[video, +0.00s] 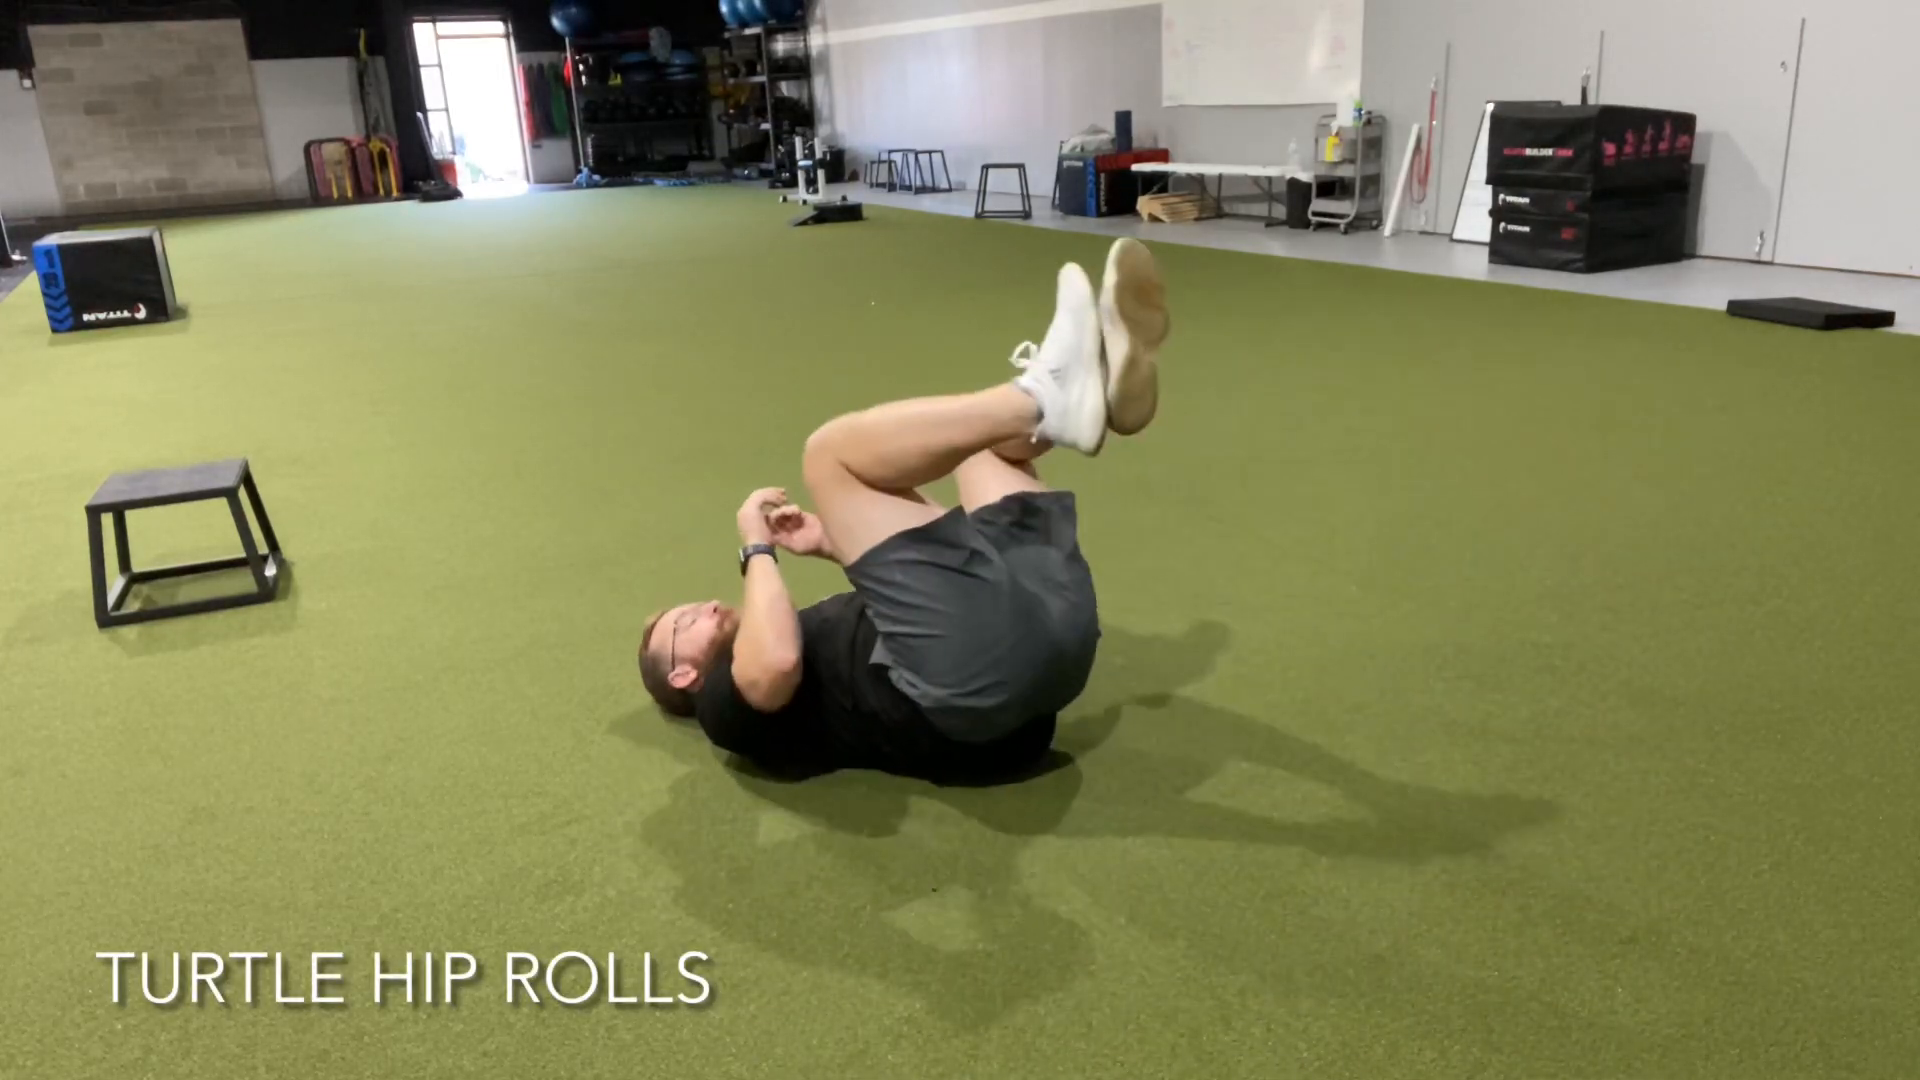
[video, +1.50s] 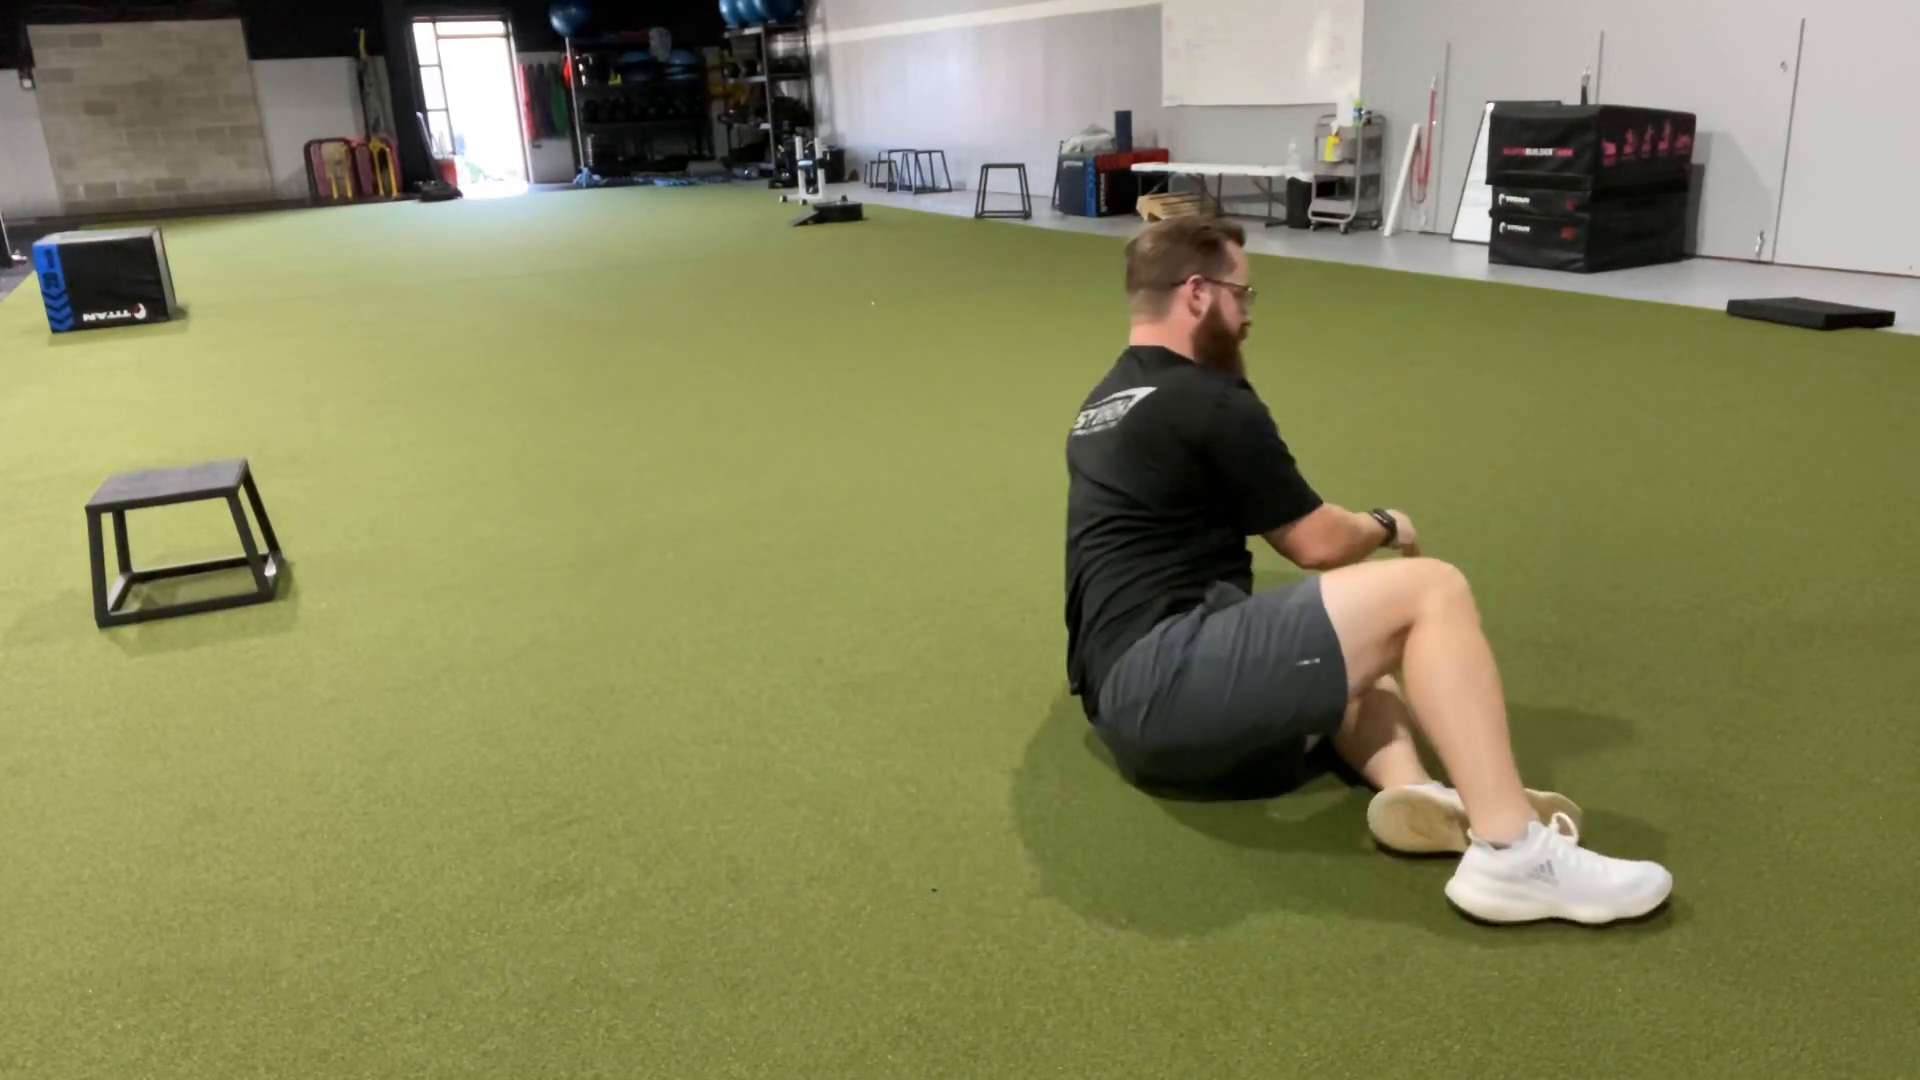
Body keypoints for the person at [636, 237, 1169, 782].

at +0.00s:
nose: (705, 606)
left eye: (696, 605)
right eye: (682, 627)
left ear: (729, 613)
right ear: (688, 681)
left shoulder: (826, 645)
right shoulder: (725, 707)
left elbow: (933, 552)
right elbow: (773, 661)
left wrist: (831, 542)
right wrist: (757, 549)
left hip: (1058, 645)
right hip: (957, 671)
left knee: (988, 448)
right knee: (830, 455)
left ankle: (1111, 394)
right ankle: (1035, 396)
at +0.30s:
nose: (718, 578)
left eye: (713, 572)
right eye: (693, 593)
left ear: (745, 578)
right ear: (689, 646)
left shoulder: (834, 623)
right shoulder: (734, 698)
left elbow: (956, 586)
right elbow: (812, 653)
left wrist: (909, 488)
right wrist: (858, 513)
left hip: (1064, 668)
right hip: (961, 681)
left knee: (1107, 417)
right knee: (934, 424)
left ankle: (1238, 475)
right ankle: (1148, 476)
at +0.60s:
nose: (849, 486)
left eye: (841, 473)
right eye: (822, 479)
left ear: (826, 498)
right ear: (772, 515)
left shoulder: (905, 555)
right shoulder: (787, 605)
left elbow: (1010, 583)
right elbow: (936, 591)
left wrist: (1113, 500)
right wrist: (1087, 504)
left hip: (1089, 742)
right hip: (1002, 746)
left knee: (1230, 521)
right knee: (1116, 496)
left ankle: (1386, 634)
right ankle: (1349, 633)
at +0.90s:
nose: (1031, 391)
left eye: (1027, 375)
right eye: (1015, 374)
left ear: (962, 387)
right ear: (954, 386)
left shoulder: (986, 476)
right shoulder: (947, 478)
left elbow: (1068, 608)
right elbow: (1133, 532)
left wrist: (1167, 652)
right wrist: (1222, 510)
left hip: (1089, 718)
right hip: (1042, 717)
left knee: (1275, 614)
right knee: (1268, 575)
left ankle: (1399, 768)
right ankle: (1457, 779)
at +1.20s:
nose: (1171, 339)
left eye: (1168, 322)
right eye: (1158, 321)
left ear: (1099, 329)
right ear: (1107, 328)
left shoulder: (1072, 422)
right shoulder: (1106, 429)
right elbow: (1264, 531)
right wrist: (1332, 505)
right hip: (1121, 687)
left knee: (1336, 685)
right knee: (1375, 596)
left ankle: (1413, 792)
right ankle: (1501, 843)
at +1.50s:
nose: (1248, 317)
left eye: (1248, 299)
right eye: (1242, 298)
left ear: (1162, 303)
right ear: (1196, 298)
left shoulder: (1114, 396)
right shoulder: (1211, 402)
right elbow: (1317, 539)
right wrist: (1384, 527)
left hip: (1146, 733)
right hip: (1169, 676)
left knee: (1355, 679)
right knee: (1431, 590)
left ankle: (1410, 787)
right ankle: (1512, 847)